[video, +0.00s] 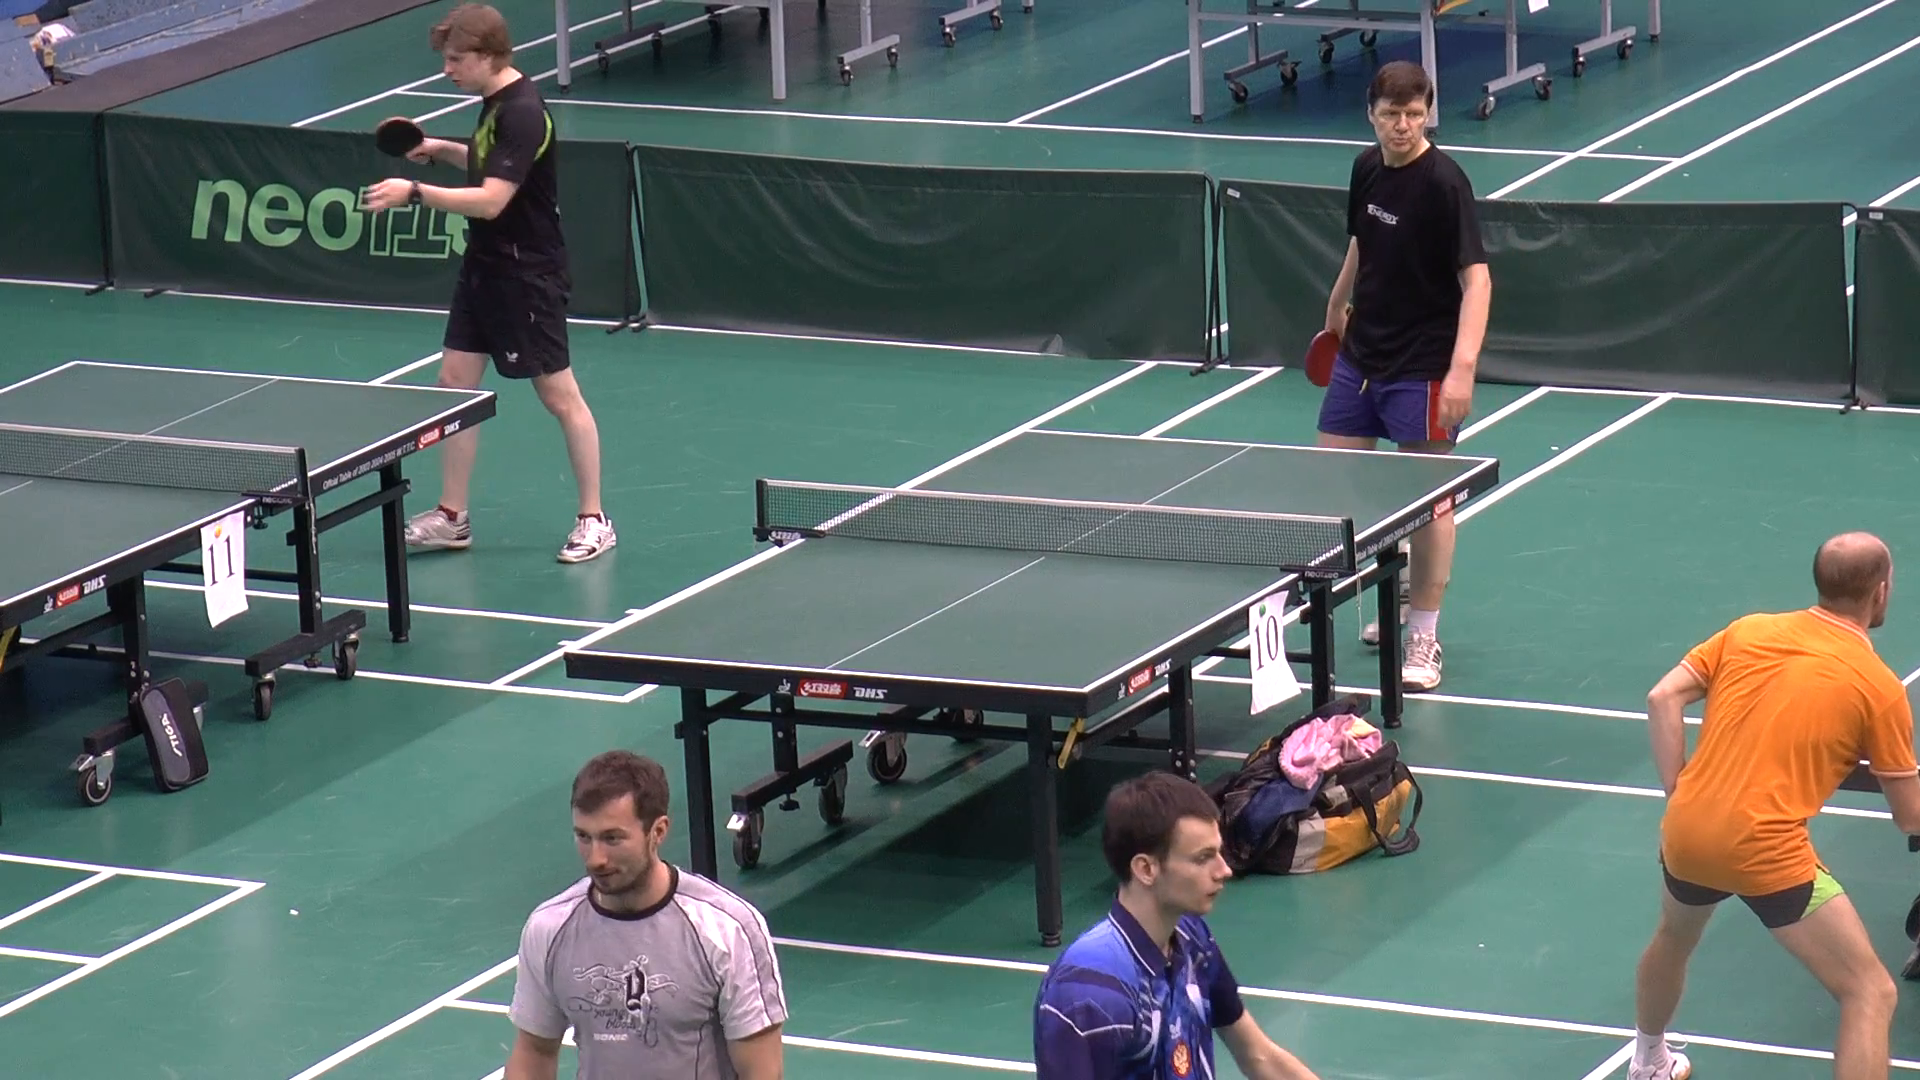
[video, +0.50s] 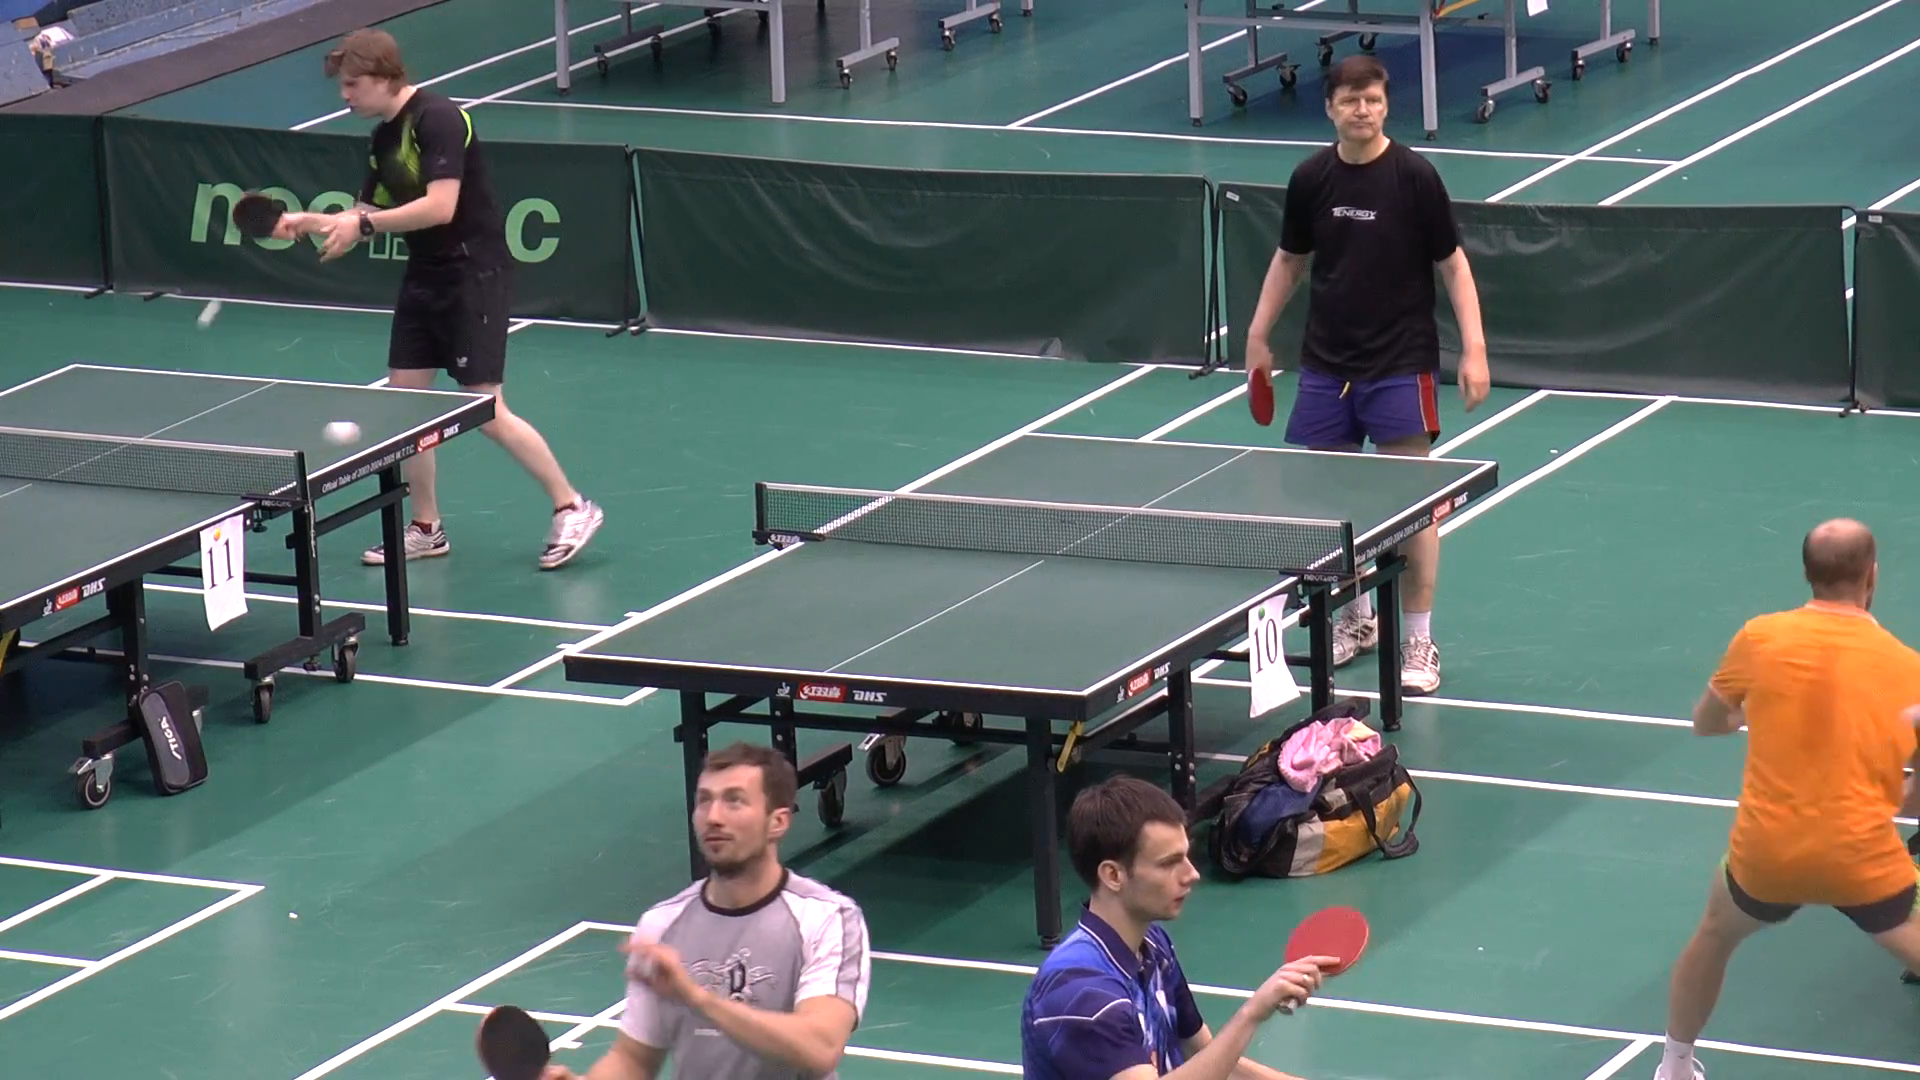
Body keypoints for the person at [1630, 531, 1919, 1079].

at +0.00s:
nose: (1889, 590)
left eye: (1888, 581)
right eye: (1889, 582)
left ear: (1820, 585)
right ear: (1879, 593)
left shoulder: (1747, 629)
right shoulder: (1879, 685)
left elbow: (1664, 696)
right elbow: (1911, 820)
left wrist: (1677, 795)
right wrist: (1875, 766)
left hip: (1685, 832)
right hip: (1766, 849)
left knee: (1671, 941)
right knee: (1870, 991)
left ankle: (1646, 1062)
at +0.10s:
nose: (1891, 588)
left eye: (1890, 579)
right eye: (1891, 580)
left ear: (1822, 586)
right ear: (1881, 593)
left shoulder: (1749, 630)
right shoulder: (1881, 687)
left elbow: (1666, 699)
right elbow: (1914, 818)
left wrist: (1681, 795)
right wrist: (1869, 764)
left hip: (1689, 834)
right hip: (1768, 853)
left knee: (1674, 940)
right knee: (1876, 993)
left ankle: (1646, 1061)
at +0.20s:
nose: (1893, 588)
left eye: (1891, 578)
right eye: (1893, 579)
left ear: (1824, 584)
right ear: (1884, 590)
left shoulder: (1754, 634)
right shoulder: (1889, 684)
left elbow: (1672, 706)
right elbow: (1913, 783)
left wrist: (1689, 802)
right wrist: (1850, 765)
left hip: (1703, 841)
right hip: (1785, 857)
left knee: (1680, 943)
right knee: (1891, 999)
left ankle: (1647, 1061)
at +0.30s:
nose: (1891, 561)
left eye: (1886, 550)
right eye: (1890, 552)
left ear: (1819, 561)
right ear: (1881, 561)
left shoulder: (1754, 620)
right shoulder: (1902, 657)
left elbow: (1680, 710)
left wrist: (1708, 797)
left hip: (1730, 830)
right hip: (1819, 843)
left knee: (1695, 943)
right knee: (1905, 987)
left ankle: (1664, 1060)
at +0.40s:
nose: (1883, 555)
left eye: (1881, 545)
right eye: (1883, 547)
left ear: (1810, 556)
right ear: (1875, 557)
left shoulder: (1754, 619)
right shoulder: (1903, 648)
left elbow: (1687, 722)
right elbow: (1908, 750)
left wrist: (1736, 771)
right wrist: (1891, 753)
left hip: (1747, 836)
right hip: (1840, 846)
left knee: (1709, 937)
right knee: (1915, 943)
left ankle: (1673, 1065)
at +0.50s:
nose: (1876, 571)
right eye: (1876, 564)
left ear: (1806, 574)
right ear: (1871, 574)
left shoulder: (1761, 638)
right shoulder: (1906, 663)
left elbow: (1706, 722)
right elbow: (1909, 797)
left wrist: (1744, 713)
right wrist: (1875, 787)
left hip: (1765, 854)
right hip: (1863, 859)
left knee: (1714, 938)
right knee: (1913, 947)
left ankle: (1675, 1065)